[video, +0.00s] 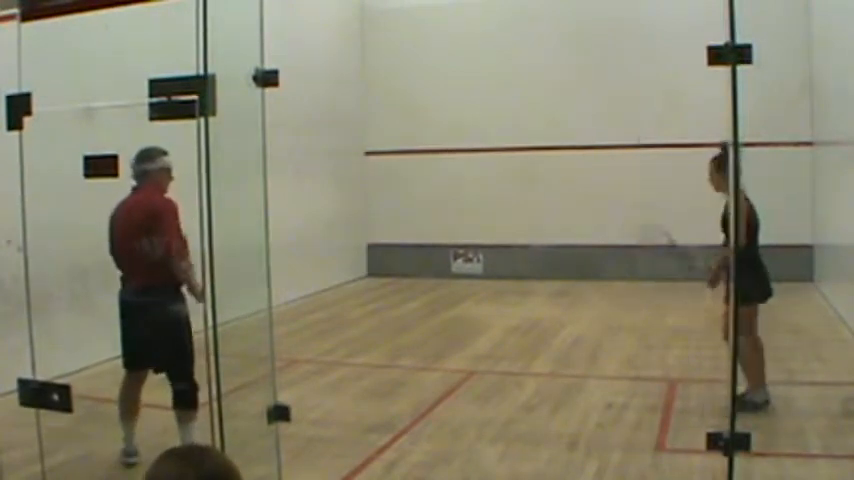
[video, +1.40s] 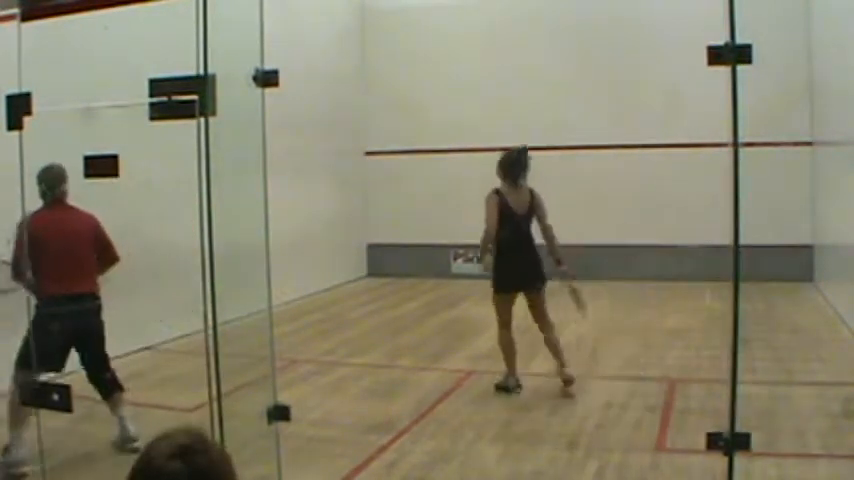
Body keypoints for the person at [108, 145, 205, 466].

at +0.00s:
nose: (170, 178)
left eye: (169, 172)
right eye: (166, 172)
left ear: (138, 175)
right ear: (156, 173)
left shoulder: (121, 210)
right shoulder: (164, 206)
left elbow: (119, 258)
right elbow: (174, 253)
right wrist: (194, 285)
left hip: (132, 300)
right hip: (166, 299)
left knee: (134, 372)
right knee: (181, 376)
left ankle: (128, 445)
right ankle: (189, 445)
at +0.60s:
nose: (161, 180)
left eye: (159, 175)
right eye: (159, 175)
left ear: (130, 178)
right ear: (154, 177)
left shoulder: (110, 211)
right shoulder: (163, 210)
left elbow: (100, 264)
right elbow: (179, 263)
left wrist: (104, 298)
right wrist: (194, 303)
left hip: (120, 304)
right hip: (157, 304)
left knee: (133, 372)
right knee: (178, 374)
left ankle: (133, 446)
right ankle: (187, 444)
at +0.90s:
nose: (130, 185)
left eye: (126, 180)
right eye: (128, 181)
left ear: (100, 184)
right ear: (124, 183)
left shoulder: (82, 216)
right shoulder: (139, 214)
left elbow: (73, 265)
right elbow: (155, 260)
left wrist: (91, 291)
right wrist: (163, 299)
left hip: (99, 305)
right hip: (134, 302)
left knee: (111, 377)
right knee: (141, 368)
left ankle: (131, 444)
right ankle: (149, 435)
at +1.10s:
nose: (81, 187)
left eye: (83, 182)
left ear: (85, 186)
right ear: (111, 187)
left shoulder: (68, 218)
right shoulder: (128, 219)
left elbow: (58, 266)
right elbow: (147, 258)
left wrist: (81, 288)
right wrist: (145, 295)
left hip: (86, 306)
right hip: (121, 304)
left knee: (76, 371)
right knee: (119, 367)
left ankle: (112, 426)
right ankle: (129, 433)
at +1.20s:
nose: (75, 190)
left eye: (73, 185)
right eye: (86, 183)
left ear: (72, 188)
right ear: (98, 187)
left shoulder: (59, 222)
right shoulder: (118, 220)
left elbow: (49, 270)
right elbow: (141, 261)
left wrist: (72, 289)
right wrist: (129, 297)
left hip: (77, 309)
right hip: (113, 305)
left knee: (58, 366)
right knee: (113, 367)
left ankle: (84, 427)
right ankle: (127, 430)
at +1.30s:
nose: (73, 189)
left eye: (64, 185)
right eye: (80, 182)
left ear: (58, 188)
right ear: (83, 185)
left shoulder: (47, 222)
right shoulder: (105, 219)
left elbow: (34, 264)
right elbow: (129, 258)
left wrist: (56, 285)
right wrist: (109, 280)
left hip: (66, 309)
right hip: (102, 306)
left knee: (43, 372)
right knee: (109, 368)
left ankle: (41, 447)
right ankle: (129, 430)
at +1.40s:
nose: (58, 190)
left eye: (47, 186)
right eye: (61, 184)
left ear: (40, 189)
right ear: (66, 188)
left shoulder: (30, 225)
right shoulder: (87, 220)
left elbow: (18, 271)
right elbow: (109, 257)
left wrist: (41, 289)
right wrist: (84, 275)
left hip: (52, 313)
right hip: (88, 309)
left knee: (25, 376)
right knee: (100, 368)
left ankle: (16, 447)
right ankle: (127, 429)